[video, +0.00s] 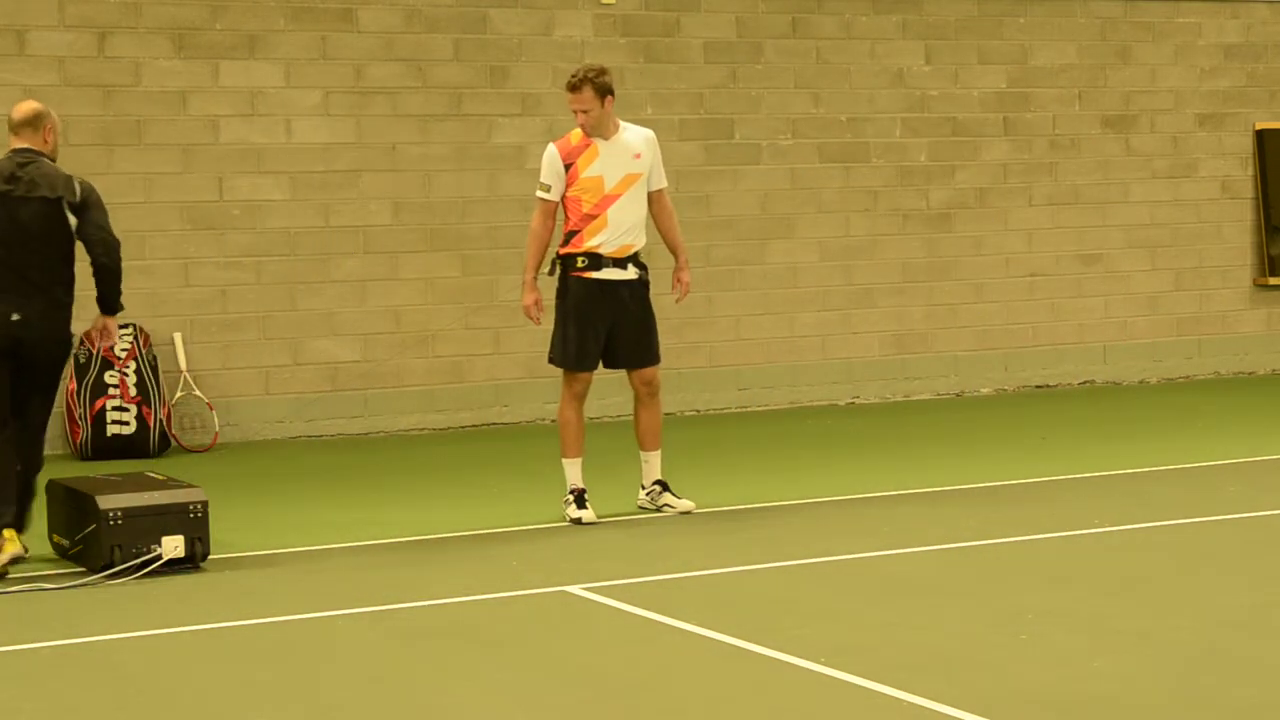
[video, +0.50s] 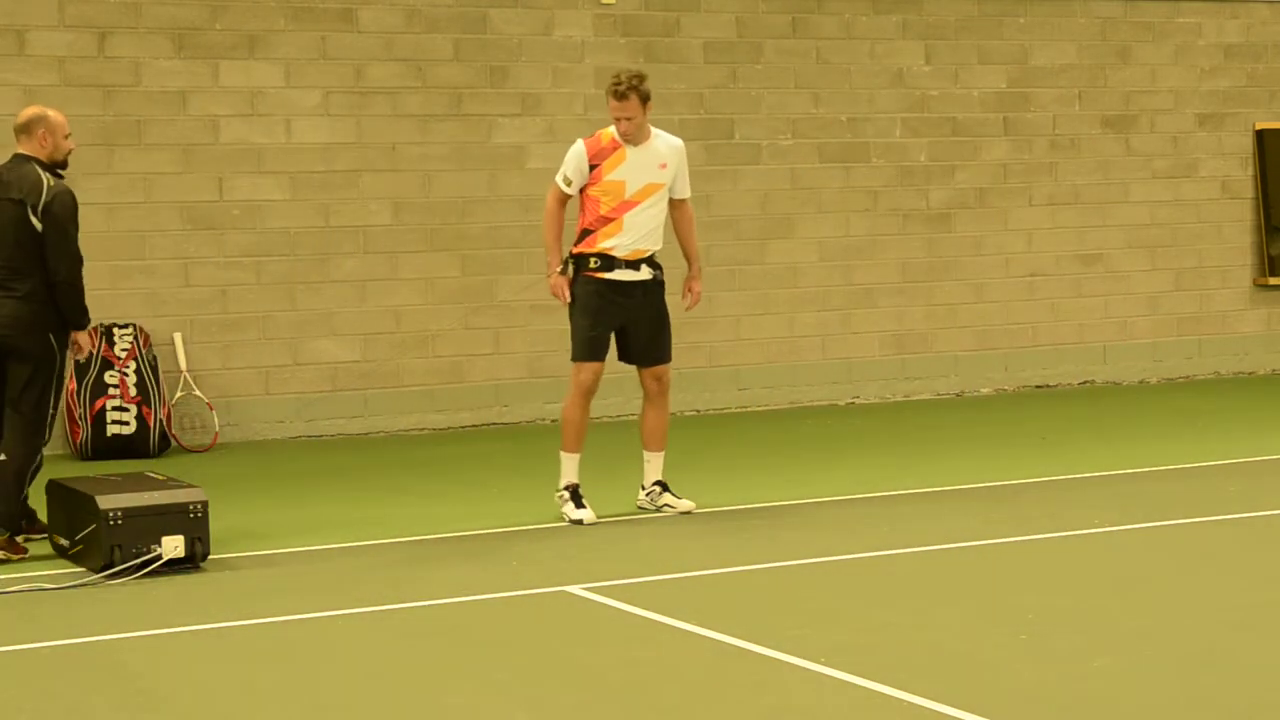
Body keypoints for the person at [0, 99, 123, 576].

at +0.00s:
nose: (57, 140)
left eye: (54, 132)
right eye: (56, 133)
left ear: (11, 133)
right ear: (48, 133)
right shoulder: (71, 189)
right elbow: (104, 247)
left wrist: (107, 311)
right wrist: (108, 310)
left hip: (2, 331)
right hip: (43, 332)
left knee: (7, 425)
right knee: (29, 429)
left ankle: (8, 529)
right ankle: (11, 529)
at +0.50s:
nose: (72, 145)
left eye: (70, 136)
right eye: (66, 137)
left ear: (31, 137)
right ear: (42, 138)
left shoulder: (3, 178)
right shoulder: (53, 193)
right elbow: (64, 269)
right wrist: (78, 323)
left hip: (5, 322)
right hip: (32, 327)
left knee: (18, 422)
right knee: (26, 427)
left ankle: (20, 515)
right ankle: (4, 529)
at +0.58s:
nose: (73, 147)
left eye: (72, 138)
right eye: (67, 139)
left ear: (33, 140)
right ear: (42, 140)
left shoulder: (7, 179)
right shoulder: (52, 194)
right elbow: (61, 269)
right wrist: (82, 327)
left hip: (7, 322)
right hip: (32, 327)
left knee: (24, 423)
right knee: (31, 427)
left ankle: (23, 516)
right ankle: (6, 527)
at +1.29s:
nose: (70, 151)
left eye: (71, 143)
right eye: (63, 143)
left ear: (44, 139)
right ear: (34, 138)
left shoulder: (64, 187)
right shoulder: (2, 190)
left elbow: (70, 259)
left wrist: (83, 313)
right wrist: (2, 329)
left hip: (67, 327)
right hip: (21, 332)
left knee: (90, 408)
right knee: (24, 429)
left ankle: (58, 501)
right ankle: (27, 522)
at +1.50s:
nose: (71, 145)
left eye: (71, 137)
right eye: (63, 137)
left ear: (55, 138)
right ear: (32, 138)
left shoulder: (78, 187)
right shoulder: (4, 190)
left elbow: (95, 254)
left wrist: (119, 306)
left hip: (74, 330)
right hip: (19, 333)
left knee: (102, 420)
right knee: (23, 430)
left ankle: (121, 517)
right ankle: (28, 521)